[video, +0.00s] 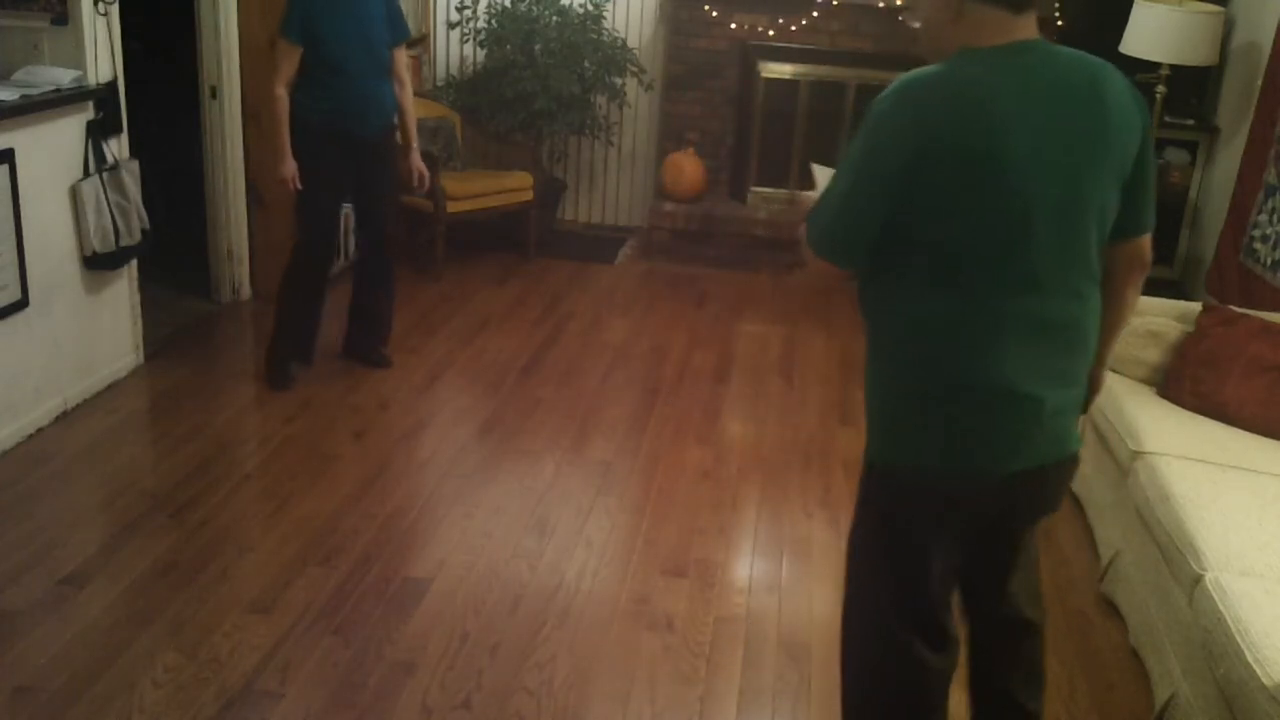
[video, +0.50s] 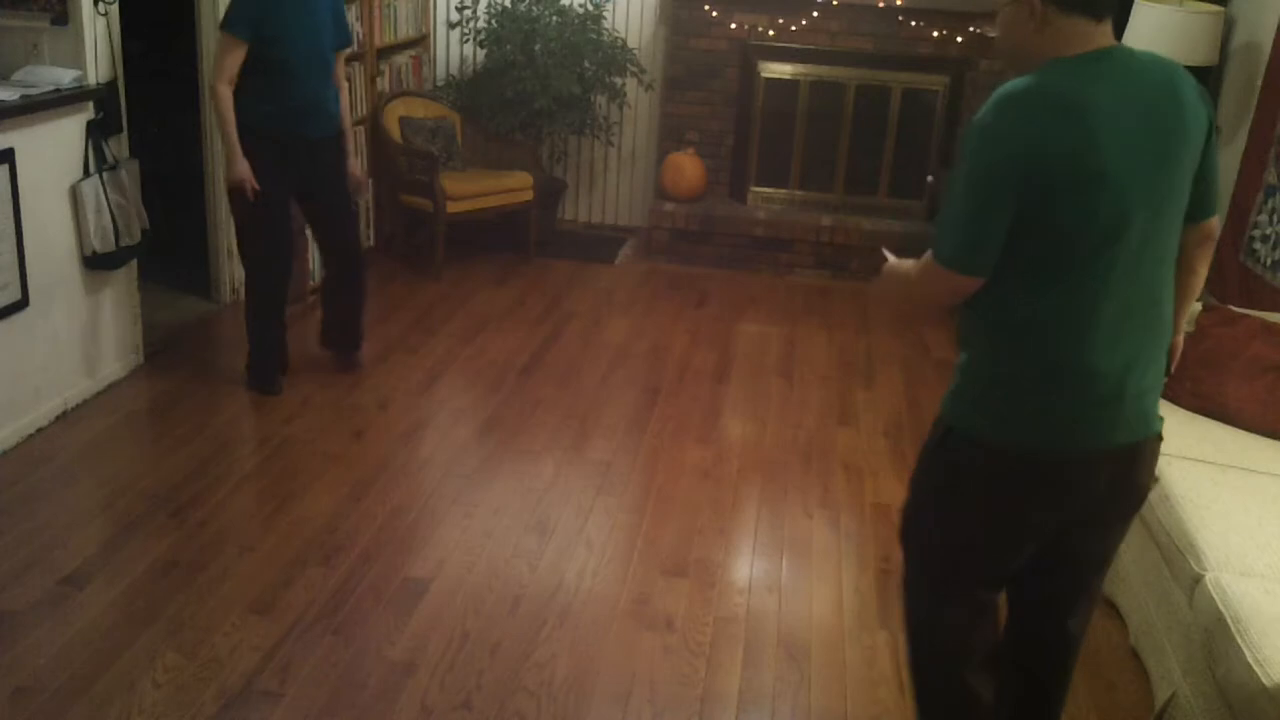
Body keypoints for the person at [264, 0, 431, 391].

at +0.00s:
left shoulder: (387, 7)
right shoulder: (306, 8)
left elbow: (401, 79)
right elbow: (281, 84)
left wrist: (413, 148)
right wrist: (285, 155)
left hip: (376, 141)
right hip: (320, 142)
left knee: (376, 242)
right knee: (316, 245)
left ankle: (365, 341)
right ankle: (285, 354)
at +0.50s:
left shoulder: (331, 8)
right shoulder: (250, 8)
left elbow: (339, 81)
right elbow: (222, 82)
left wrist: (349, 151)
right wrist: (235, 157)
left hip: (321, 147)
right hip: (261, 151)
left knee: (346, 250)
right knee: (268, 262)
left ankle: (343, 341)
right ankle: (265, 370)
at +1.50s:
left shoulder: (374, 7)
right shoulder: (291, 8)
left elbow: (390, 79)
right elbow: (264, 85)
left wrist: (408, 146)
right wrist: (278, 155)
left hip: (365, 143)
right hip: (308, 145)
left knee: (363, 250)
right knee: (311, 252)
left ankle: (355, 349)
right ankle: (286, 350)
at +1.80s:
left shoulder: (380, 6)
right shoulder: (303, 6)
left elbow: (387, 73)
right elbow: (279, 72)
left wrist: (399, 144)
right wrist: (313, 145)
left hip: (369, 136)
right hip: (311, 138)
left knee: (372, 243)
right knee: (313, 243)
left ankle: (362, 341)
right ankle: (302, 340)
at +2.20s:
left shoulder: (422, 7)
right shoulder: (347, 9)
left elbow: (429, 78)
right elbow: (324, 85)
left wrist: (435, 146)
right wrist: (337, 164)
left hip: (411, 144)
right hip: (365, 144)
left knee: (407, 254)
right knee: (369, 253)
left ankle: (398, 361)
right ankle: (325, 337)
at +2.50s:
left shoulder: (464, 14)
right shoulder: (387, 13)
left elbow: (487, 90)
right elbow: (352, 92)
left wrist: (511, 159)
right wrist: (340, 171)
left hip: (445, 155)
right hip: (393, 156)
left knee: (418, 264)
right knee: (432, 269)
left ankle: (395, 362)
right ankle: (461, 398)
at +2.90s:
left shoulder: (538, 19)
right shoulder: (455, 17)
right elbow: (418, 111)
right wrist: (420, 197)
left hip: (524, 183)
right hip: (467, 188)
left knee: (523, 294)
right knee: (474, 303)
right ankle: (479, 412)